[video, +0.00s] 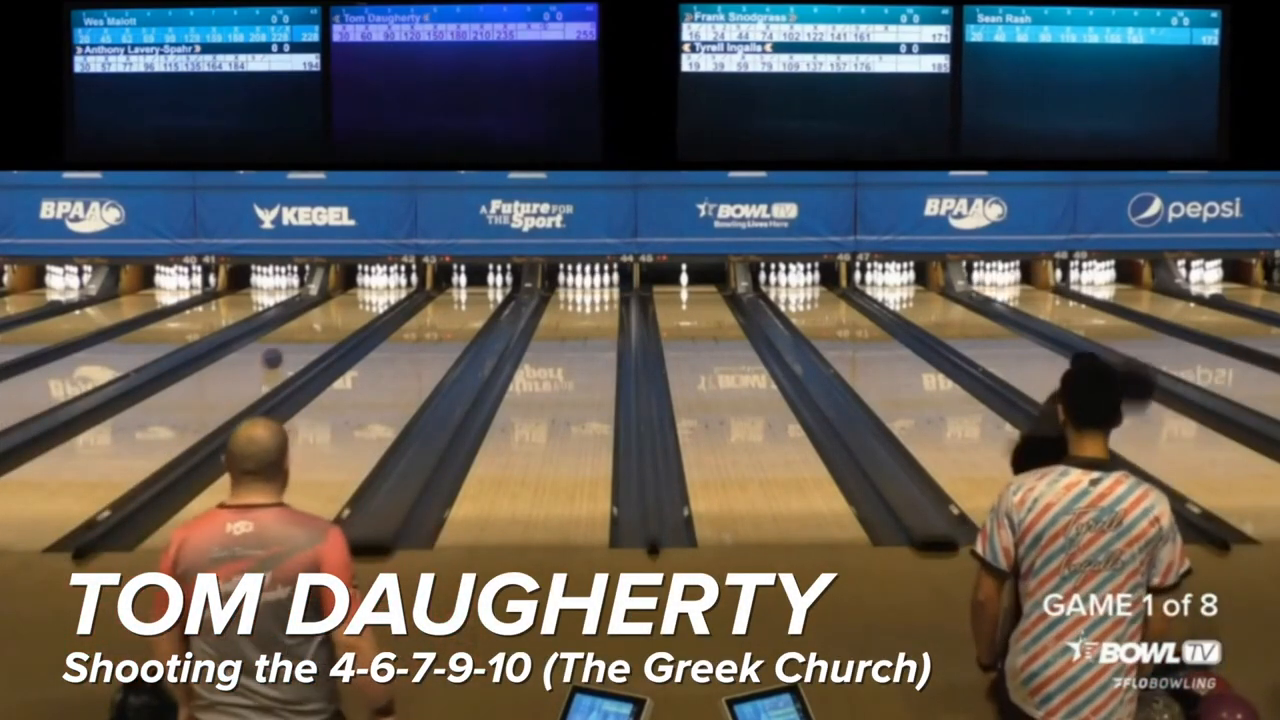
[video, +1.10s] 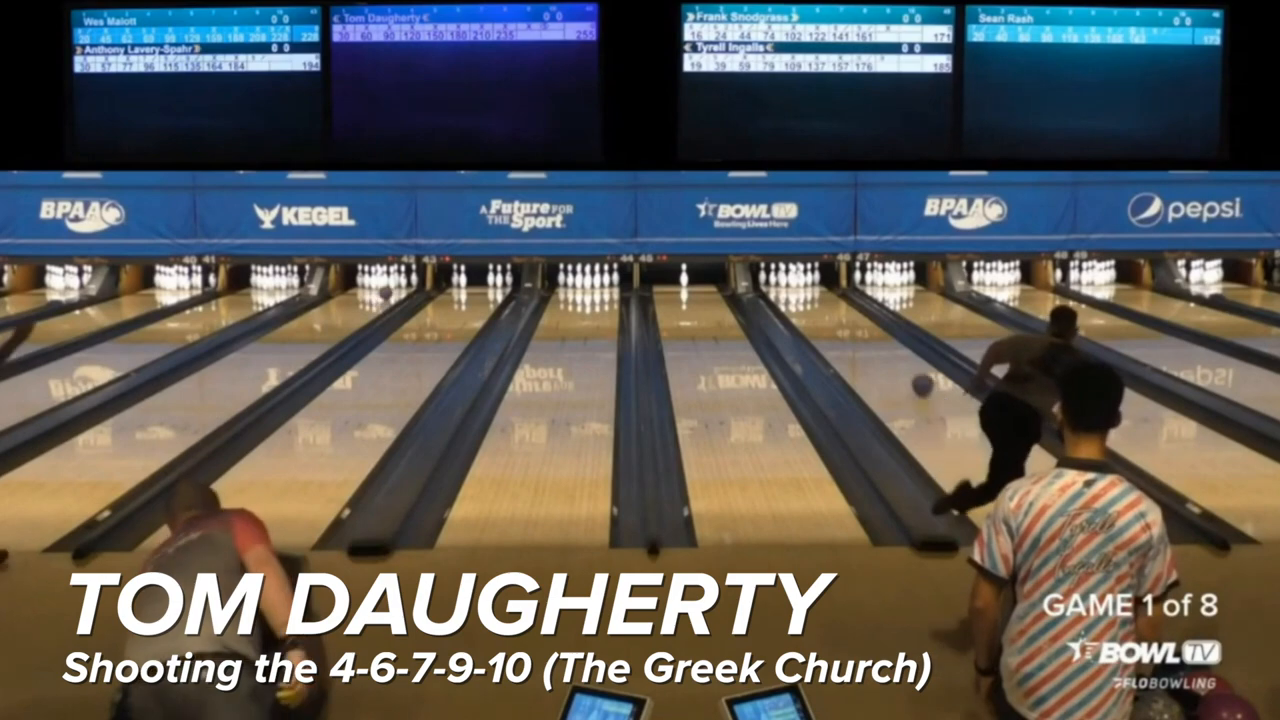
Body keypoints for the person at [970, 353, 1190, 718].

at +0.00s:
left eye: (1060, 405)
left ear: (1061, 412)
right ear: (1118, 418)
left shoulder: (1023, 493)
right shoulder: (1152, 504)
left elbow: (986, 595)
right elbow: (1161, 606)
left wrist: (988, 660)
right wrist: (1141, 670)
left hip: (1032, 686)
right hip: (1110, 693)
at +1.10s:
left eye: (1059, 406)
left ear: (1059, 415)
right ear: (1116, 421)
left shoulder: (1021, 499)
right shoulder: (1144, 512)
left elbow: (983, 601)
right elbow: (1149, 614)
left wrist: (984, 666)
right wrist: (1141, 674)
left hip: (1026, 687)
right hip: (1104, 695)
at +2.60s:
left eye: (1016, 408)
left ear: (1018, 415)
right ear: (1071, 415)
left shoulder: (993, 502)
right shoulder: (1109, 500)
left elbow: (968, 606)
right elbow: (1123, 580)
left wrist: (969, 685)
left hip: (1023, 682)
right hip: (1093, 681)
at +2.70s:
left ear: (1014, 414)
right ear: (1066, 412)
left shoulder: (989, 503)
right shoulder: (1104, 498)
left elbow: (966, 612)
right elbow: (1122, 578)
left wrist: (970, 689)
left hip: (1023, 679)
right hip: (1093, 678)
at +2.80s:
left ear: (1010, 414)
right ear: (1063, 412)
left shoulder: (986, 503)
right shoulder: (1101, 497)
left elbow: (964, 611)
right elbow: (1120, 581)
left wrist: (968, 689)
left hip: (1021, 682)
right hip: (1091, 679)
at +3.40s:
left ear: (1042, 407)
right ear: (1098, 413)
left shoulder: (1003, 489)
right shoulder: (1124, 503)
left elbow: (975, 591)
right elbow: (1139, 606)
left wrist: (976, 675)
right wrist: (1141, 684)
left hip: (1016, 690)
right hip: (1095, 693)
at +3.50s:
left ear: (1060, 409)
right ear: (1114, 415)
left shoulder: (1018, 486)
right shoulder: (1137, 503)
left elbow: (987, 593)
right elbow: (1148, 610)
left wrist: (987, 673)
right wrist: (1147, 682)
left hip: (1024, 688)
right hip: (1104, 693)